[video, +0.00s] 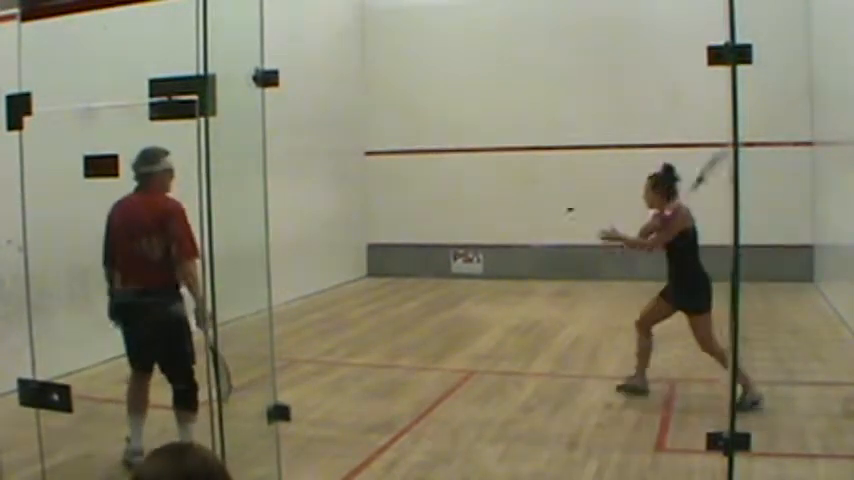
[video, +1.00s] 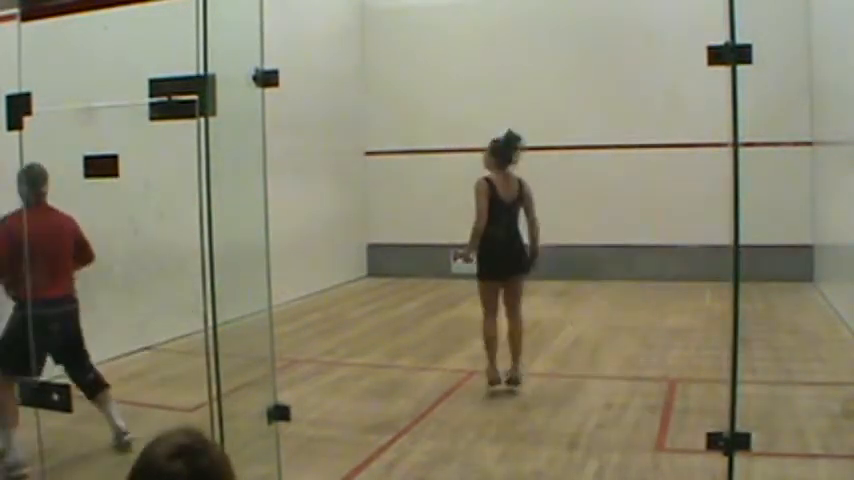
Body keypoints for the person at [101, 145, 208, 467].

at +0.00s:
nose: (172, 178)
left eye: (171, 172)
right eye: (169, 173)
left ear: (140, 176)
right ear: (159, 176)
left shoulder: (119, 209)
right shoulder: (170, 209)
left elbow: (110, 261)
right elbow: (186, 263)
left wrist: (115, 296)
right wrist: (200, 302)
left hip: (129, 302)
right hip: (165, 302)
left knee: (140, 371)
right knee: (182, 377)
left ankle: (134, 445)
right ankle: (187, 446)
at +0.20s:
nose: (150, 181)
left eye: (148, 177)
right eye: (148, 177)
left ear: (120, 181)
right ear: (143, 180)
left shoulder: (99, 213)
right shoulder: (154, 212)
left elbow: (90, 267)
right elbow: (170, 263)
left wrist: (100, 304)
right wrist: (185, 301)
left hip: (110, 308)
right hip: (146, 306)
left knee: (124, 375)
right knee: (175, 372)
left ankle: (131, 446)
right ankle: (183, 443)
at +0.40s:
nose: (130, 185)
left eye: (126, 180)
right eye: (128, 181)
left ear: (100, 184)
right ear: (124, 183)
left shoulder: (82, 216)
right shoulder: (139, 214)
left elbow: (73, 265)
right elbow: (155, 260)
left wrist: (91, 291)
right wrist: (163, 299)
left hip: (99, 305)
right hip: (134, 302)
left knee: (111, 377)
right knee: (141, 368)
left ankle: (131, 444)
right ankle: (149, 435)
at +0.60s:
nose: (81, 187)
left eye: (83, 182)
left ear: (85, 186)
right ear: (111, 187)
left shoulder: (68, 218)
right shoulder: (128, 219)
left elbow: (58, 266)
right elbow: (147, 258)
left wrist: (81, 288)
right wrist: (145, 295)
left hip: (86, 306)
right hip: (121, 304)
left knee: (76, 371)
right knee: (119, 367)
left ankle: (112, 426)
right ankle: (129, 433)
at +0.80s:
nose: (73, 189)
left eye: (64, 185)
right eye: (80, 182)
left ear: (58, 188)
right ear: (83, 185)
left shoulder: (47, 222)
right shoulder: (105, 219)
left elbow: (34, 264)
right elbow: (129, 258)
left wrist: (56, 285)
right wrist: (109, 280)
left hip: (66, 309)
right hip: (102, 306)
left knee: (43, 372)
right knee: (109, 368)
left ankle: (41, 447)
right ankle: (129, 430)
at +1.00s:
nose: (27, 192)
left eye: (24, 186)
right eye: (33, 185)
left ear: (20, 189)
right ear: (46, 188)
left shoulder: (10, 226)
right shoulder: (65, 222)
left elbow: (5, 272)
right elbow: (86, 256)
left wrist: (18, 291)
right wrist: (58, 266)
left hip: (29, 314)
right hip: (65, 311)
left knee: (5, 375)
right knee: (82, 368)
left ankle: (11, 451)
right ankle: (120, 427)